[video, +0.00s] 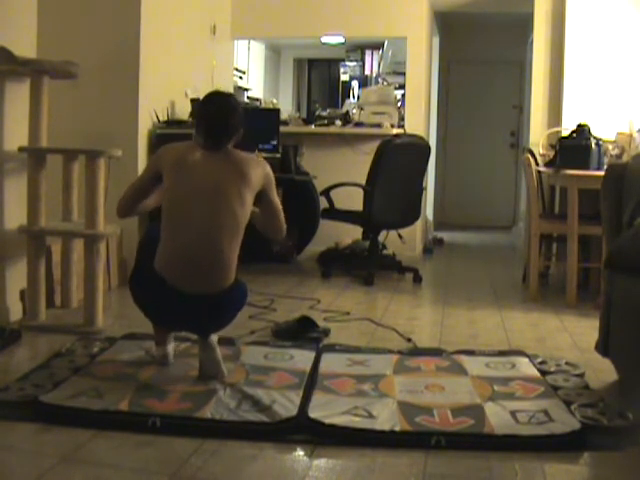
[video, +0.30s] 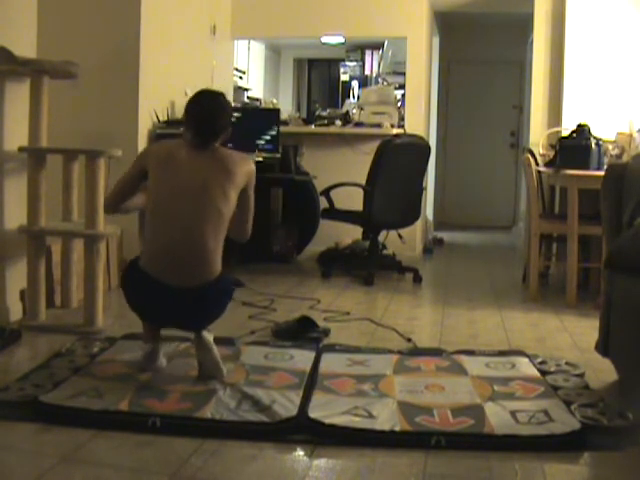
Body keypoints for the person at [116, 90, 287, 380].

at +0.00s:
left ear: (196, 125)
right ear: (238, 135)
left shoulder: (169, 156)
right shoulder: (256, 168)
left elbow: (124, 208)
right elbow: (276, 231)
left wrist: (167, 193)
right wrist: (247, 203)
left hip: (165, 308)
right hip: (216, 312)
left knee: (151, 236)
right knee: (237, 285)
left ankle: (163, 346)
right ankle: (209, 340)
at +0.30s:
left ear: (185, 123)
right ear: (226, 133)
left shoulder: (156, 154)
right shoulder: (243, 166)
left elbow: (111, 203)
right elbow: (242, 232)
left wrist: (151, 196)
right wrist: (210, 208)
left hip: (152, 301)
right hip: (203, 306)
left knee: (132, 269)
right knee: (224, 281)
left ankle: (152, 349)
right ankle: (204, 338)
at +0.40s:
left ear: (180, 124)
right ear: (220, 134)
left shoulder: (150, 155)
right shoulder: (235, 166)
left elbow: (104, 199)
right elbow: (240, 232)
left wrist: (140, 172)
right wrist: (210, 206)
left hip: (146, 304)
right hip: (197, 308)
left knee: (128, 272)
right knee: (220, 277)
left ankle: (150, 346)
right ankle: (205, 338)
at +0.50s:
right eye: (214, 121)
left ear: (174, 118)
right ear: (214, 128)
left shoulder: (143, 153)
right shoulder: (227, 162)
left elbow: (102, 183)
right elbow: (250, 228)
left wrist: (128, 155)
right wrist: (223, 191)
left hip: (142, 303)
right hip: (194, 305)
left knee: (128, 274)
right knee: (219, 279)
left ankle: (148, 341)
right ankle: (204, 336)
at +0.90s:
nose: (205, 133)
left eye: (205, 126)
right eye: (205, 126)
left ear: (159, 119)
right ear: (201, 126)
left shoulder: (131, 147)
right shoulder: (203, 156)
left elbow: (108, 150)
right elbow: (250, 223)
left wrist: (100, 138)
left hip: (125, 298)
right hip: (172, 298)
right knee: (231, 274)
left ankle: (142, 335)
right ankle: (201, 330)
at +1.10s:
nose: (206, 134)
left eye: (207, 128)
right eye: (207, 128)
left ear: (160, 120)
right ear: (201, 125)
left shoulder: (129, 143)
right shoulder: (199, 151)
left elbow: (104, 161)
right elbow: (236, 223)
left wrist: (99, 143)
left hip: (123, 297)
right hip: (168, 296)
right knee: (239, 249)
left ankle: (144, 334)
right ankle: (197, 339)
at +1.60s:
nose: (213, 138)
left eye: (215, 133)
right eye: (215, 132)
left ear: (168, 123)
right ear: (209, 130)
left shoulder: (135, 153)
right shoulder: (204, 154)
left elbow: (102, 192)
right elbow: (242, 218)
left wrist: (129, 163)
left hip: (127, 303)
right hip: (173, 300)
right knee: (250, 240)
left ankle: (147, 339)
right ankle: (227, 343)